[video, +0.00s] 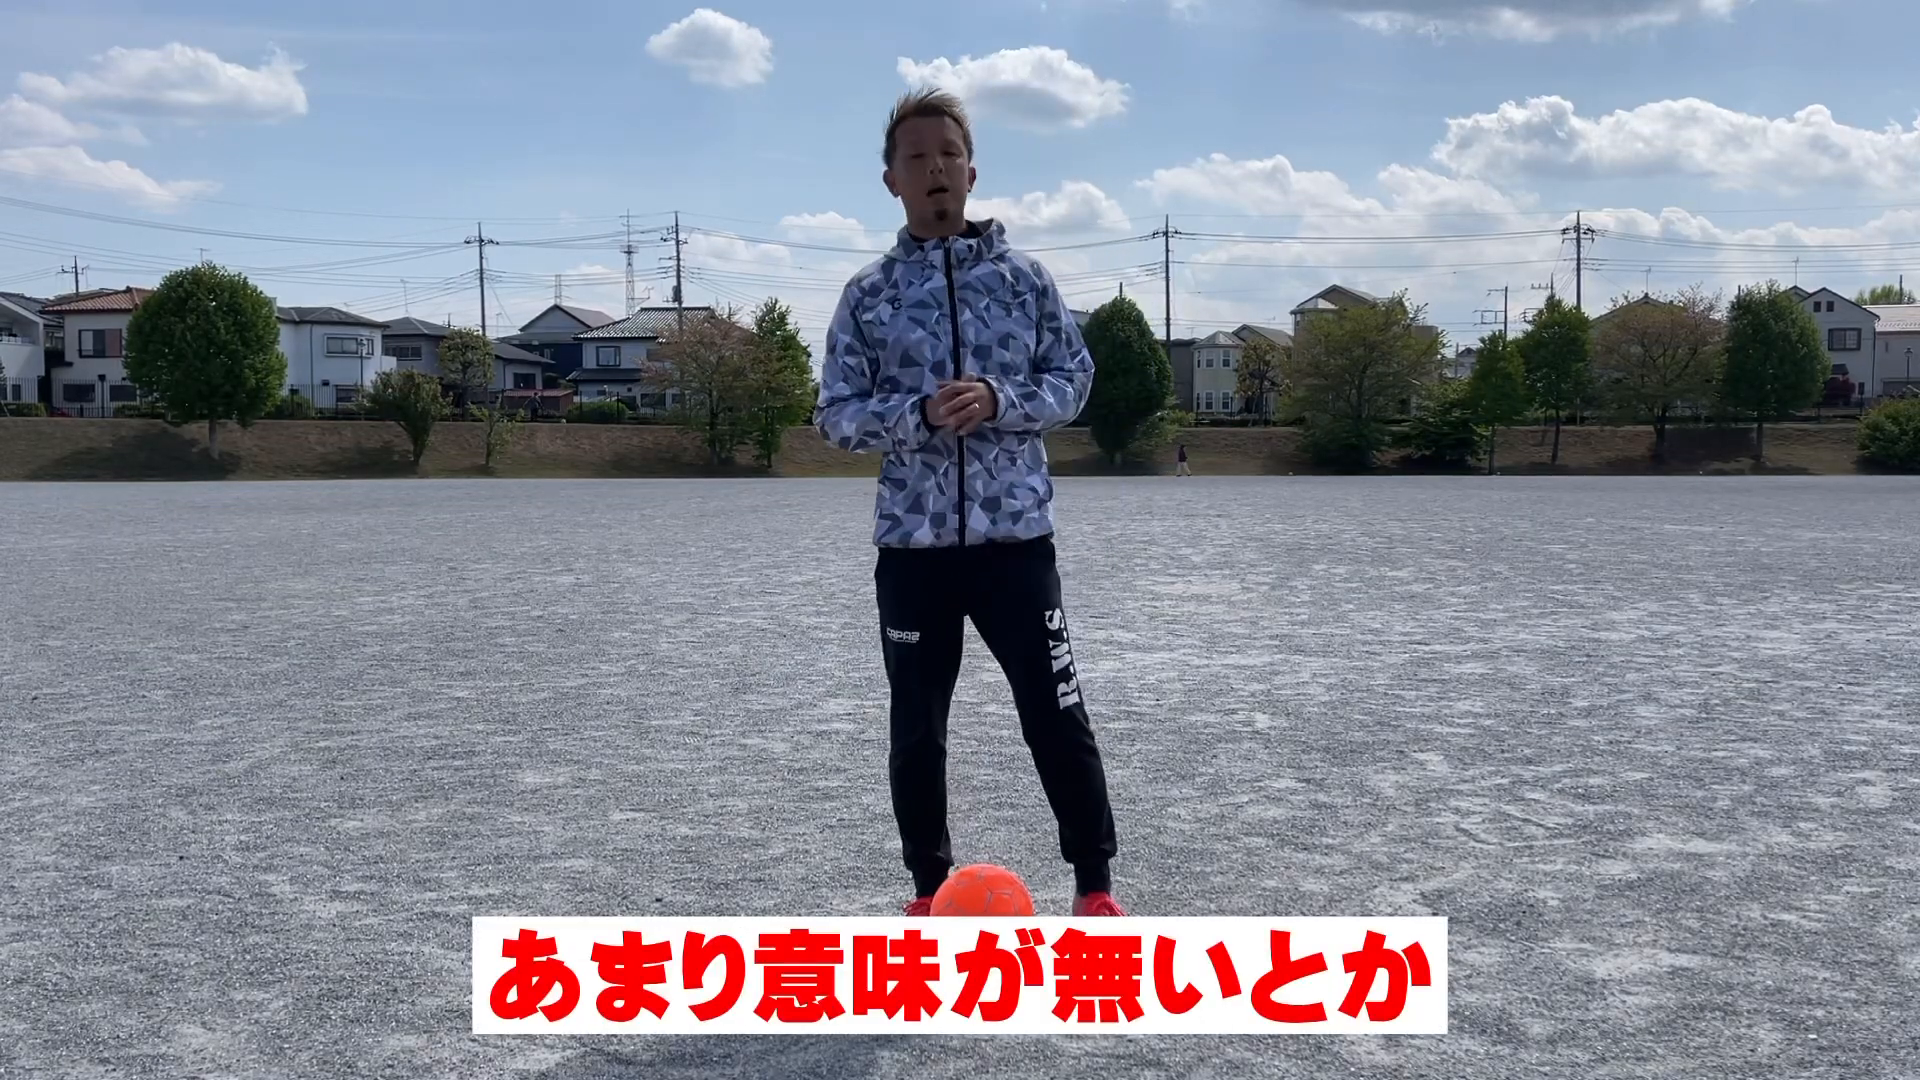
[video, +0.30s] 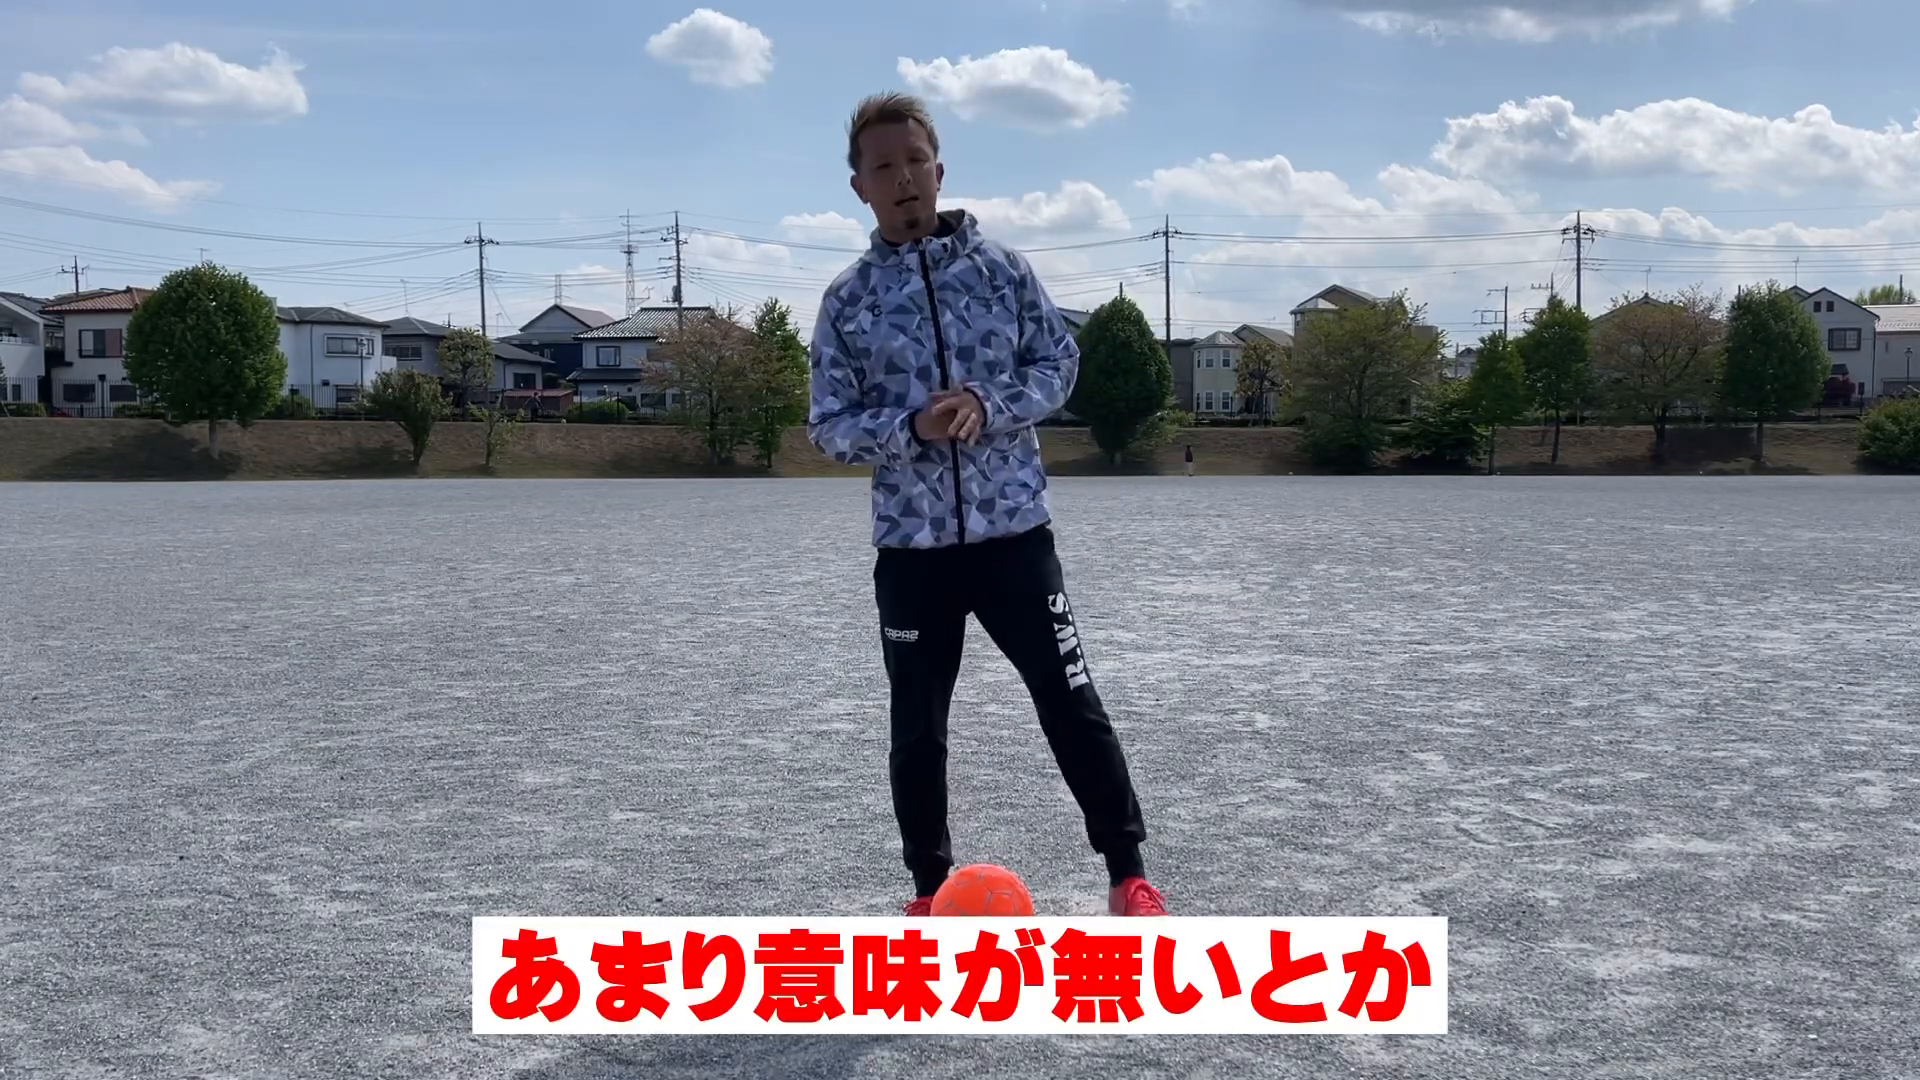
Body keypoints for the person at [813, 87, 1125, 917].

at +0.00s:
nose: (936, 169)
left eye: (948, 153)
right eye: (916, 156)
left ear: (971, 167)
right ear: (891, 178)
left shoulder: (1023, 279)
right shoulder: (867, 295)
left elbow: (1073, 384)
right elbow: (836, 414)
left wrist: (1002, 399)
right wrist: (918, 414)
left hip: (1012, 535)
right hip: (913, 540)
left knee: (1055, 708)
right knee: (916, 723)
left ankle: (1094, 886)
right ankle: (927, 892)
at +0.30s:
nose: (903, 179)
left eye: (915, 161)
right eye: (883, 167)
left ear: (940, 167)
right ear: (859, 185)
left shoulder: (1000, 267)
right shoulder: (847, 300)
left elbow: (1058, 365)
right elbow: (829, 426)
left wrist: (992, 404)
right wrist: (909, 426)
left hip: (1012, 531)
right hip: (911, 544)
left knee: (1071, 703)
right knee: (916, 727)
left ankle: (1128, 877)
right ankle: (929, 892)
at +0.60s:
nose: (914, 179)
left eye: (925, 160)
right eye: (893, 167)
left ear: (949, 166)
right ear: (870, 183)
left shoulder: (1011, 268)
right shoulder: (856, 299)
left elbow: (1068, 373)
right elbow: (837, 419)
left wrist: (995, 406)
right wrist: (910, 421)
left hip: (1019, 532)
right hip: (917, 544)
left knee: (1069, 707)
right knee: (920, 729)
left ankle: (1117, 882)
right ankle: (928, 895)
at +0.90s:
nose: (983, 168)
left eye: (997, 152)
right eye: (964, 155)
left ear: (1020, 166)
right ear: (939, 174)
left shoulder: (1069, 282)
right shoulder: (908, 293)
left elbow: (1114, 386)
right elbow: (877, 412)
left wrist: (1052, 390)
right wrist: (938, 431)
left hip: (1040, 538)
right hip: (941, 540)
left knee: (1065, 725)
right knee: (932, 726)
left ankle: (1090, 898)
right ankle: (932, 892)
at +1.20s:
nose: (1067, 161)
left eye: (1083, 149)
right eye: (1051, 147)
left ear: (1102, 169)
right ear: (1022, 165)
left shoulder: (1134, 288)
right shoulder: (972, 281)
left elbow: (1171, 400)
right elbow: (916, 393)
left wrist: (1131, 372)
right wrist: (946, 374)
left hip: (1086, 538)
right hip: (984, 534)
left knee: (1090, 728)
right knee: (954, 725)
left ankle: (1093, 898)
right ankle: (930, 891)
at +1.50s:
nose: (1114, 164)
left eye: (1132, 153)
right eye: (1099, 148)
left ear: (1151, 176)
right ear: (1070, 163)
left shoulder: (1172, 295)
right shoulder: (1013, 273)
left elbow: (1193, 416)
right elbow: (961, 388)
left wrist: (1113, 409)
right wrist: (1029, 399)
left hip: (1103, 544)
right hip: (1002, 532)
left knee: (1098, 733)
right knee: (948, 696)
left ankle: (1092, 903)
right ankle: (951, 801)